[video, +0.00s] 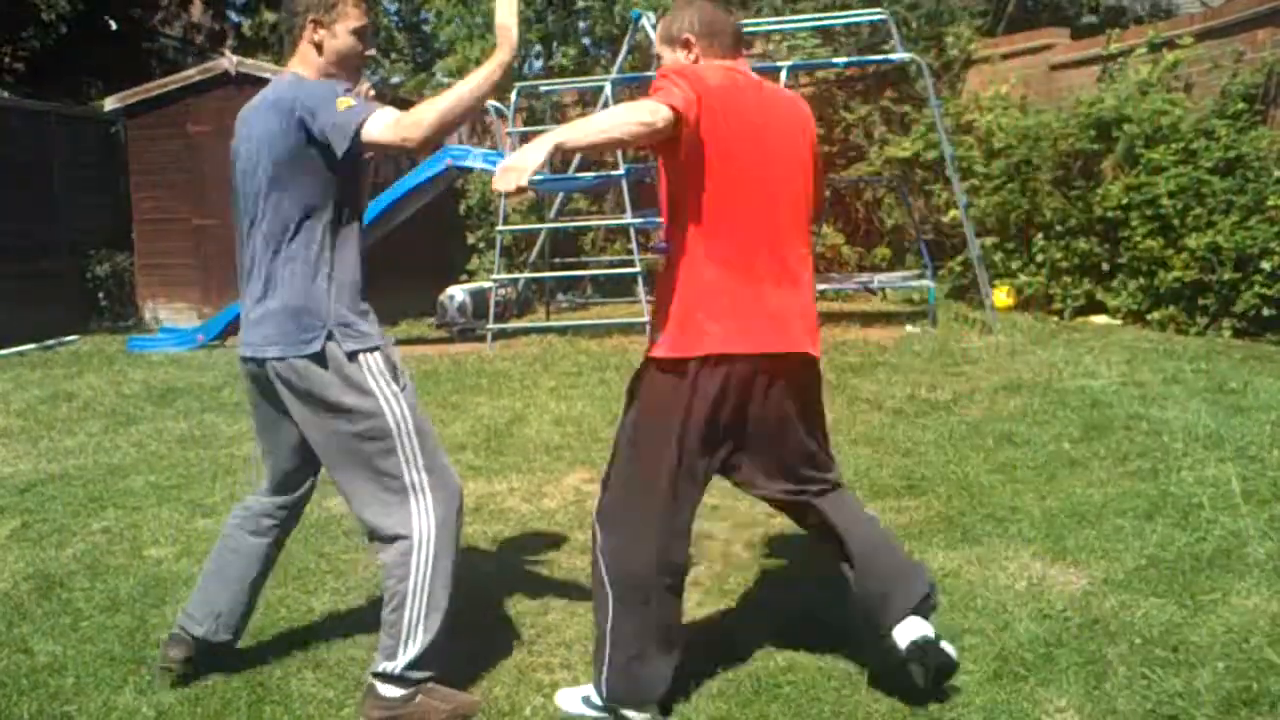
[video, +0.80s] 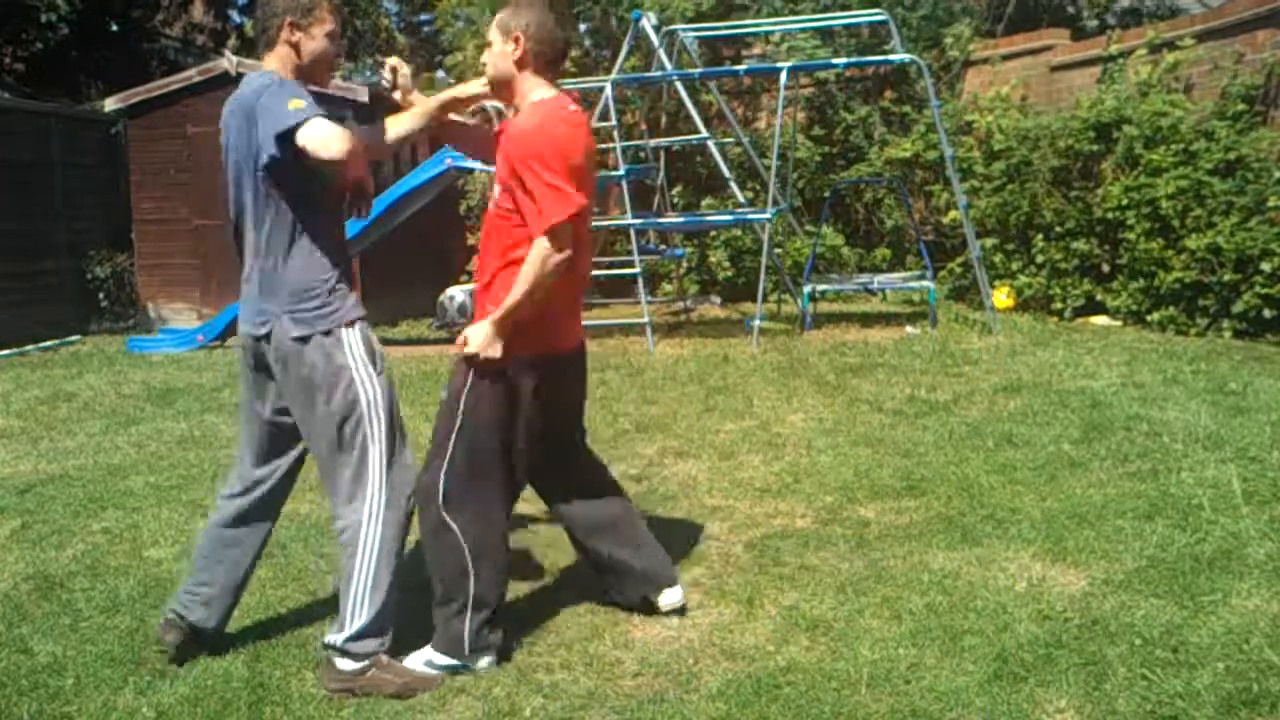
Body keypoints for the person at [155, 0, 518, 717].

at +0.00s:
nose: (370, 49)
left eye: (370, 35)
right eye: (362, 34)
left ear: (314, 34)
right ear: (318, 33)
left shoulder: (254, 114)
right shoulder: (308, 97)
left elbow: (330, 212)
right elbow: (412, 131)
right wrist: (502, 55)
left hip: (265, 338)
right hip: (328, 334)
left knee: (276, 492)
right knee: (426, 495)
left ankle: (196, 638)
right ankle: (400, 680)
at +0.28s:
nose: (349, 74)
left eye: (350, 63)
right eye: (343, 62)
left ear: (292, 59)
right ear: (307, 56)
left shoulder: (239, 131)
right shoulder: (309, 114)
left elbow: (325, 208)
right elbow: (418, 134)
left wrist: (366, 165)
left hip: (246, 353)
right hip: (305, 353)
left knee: (257, 497)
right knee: (401, 494)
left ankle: (189, 632)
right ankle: (399, 674)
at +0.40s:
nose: (345, 65)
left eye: (346, 51)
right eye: (339, 49)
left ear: (293, 42)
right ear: (298, 41)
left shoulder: (259, 107)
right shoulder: (270, 103)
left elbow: (335, 201)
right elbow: (349, 171)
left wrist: (372, 134)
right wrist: (414, 148)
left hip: (251, 333)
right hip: (289, 333)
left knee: (262, 484)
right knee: (377, 474)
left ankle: (188, 632)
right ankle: (383, 661)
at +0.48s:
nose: (341, 59)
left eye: (342, 45)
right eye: (334, 42)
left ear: (291, 37)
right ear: (292, 35)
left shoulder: (284, 111)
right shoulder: (250, 99)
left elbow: (366, 183)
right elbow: (294, 195)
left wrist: (387, 114)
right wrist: (389, 191)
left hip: (266, 327)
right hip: (281, 328)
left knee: (262, 476)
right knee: (365, 471)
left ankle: (185, 629)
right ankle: (355, 657)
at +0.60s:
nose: (341, 54)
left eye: (341, 41)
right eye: (332, 40)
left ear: (305, 42)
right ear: (288, 37)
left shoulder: (317, 105)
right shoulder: (242, 113)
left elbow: (403, 81)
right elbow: (214, 219)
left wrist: (485, 29)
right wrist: (312, 276)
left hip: (275, 334)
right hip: (282, 337)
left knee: (247, 488)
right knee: (370, 475)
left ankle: (175, 634)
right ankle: (350, 654)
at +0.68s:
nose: (342, 52)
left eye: (342, 40)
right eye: (334, 39)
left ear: (301, 39)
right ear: (292, 38)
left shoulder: (314, 95)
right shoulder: (255, 110)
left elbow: (394, 83)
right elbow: (217, 201)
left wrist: (461, 24)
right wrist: (319, 245)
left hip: (274, 329)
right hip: (303, 330)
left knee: (248, 483)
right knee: (378, 480)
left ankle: (177, 631)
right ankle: (353, 655)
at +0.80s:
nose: (340, 52)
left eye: (340, 39)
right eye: (334, 37)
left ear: (291, 33)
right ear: (295, 31)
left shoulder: (248, 97)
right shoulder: (276, 93)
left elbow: (372, 134)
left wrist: (444, 101)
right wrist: (362, 143)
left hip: (267, 319)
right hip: (319, 319)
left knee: (256, 475)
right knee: (379, 474)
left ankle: (191, 619)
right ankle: (358, 653)